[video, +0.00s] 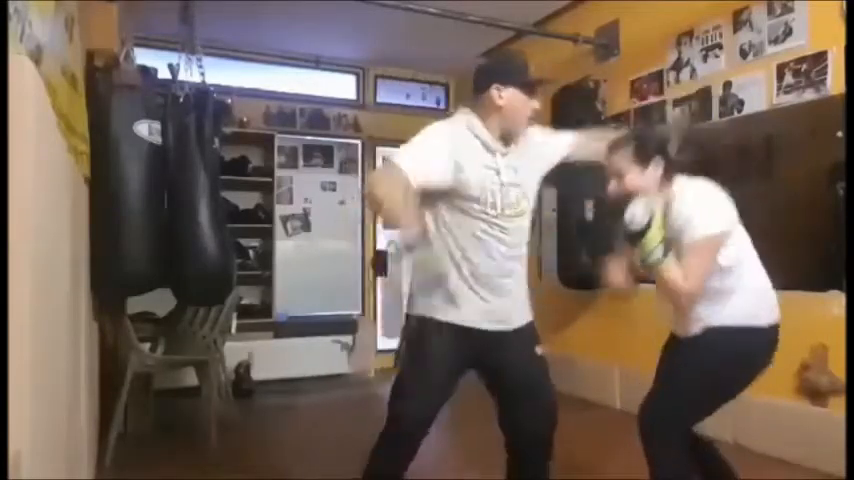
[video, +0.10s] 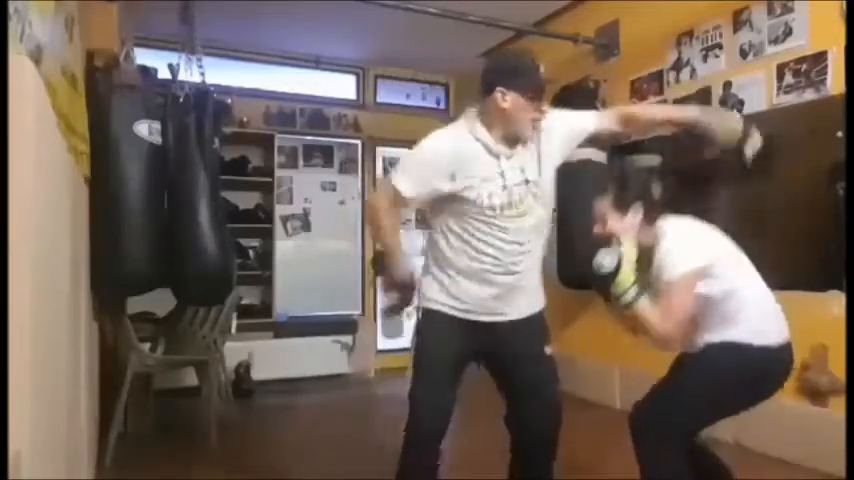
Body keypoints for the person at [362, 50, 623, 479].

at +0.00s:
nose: (536, 105)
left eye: (536, 95)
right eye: (529, 94)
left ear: (505, 96)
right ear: (498, 94)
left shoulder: (536, 143)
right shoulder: (447, 138)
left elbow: (593, 143)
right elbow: (385, 180)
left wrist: (646, 141)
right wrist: (405, 215)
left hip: (510, 321)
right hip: (442, 319)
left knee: (535, 425)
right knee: (405, 428)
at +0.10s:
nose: (543, 111)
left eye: (544, 101)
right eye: (533, 101)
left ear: (521, 99)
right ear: (499, 99)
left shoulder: (551, 130)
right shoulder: (447, 148)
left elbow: (624, 119)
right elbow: (381, 201)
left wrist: (700, 114)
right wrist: (395, 269)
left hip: (521, 318)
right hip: (448, 315)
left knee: (540, 423)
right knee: (424, 430)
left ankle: (531, 477)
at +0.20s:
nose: (532, 121)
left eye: (533, 111)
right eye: (523, 110)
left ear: (533, 108)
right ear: (490, 106)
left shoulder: (542, 138)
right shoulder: (442, 155)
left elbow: (606, 149)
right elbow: (413, 218)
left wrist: (621, 172)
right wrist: (459, 239)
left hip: (528, 317)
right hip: (456, 316)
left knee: (545, 418)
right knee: (444, 424)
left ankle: (535, 479)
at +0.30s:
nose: (519, 125)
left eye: (521, 113)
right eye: (507, 116)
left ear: (525, 111)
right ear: (474, 119)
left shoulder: (538, 144)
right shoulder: (441, 164)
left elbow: (568, 205)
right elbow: (430, 223)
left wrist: (520, 253)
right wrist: (476, 241)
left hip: (531, 321)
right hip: (460, 317)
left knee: (551, 429)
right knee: (442, 430)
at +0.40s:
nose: (516, 130)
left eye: (519, 118)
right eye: (503, 122)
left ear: (524, 113)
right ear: (474, 124)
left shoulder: (537, 149)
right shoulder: (447, 165)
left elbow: (541, 233)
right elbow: (438, 231)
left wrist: (477, 264)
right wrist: (503, 263)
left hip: (536, 329)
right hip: (467, 325)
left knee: (548, 446)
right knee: (445, 437)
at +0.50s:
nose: (518, 131)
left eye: (521, 119)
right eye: (506, 124)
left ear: (526, 113)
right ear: (475, 125)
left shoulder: (540, 151)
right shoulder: (450, 167)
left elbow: (539, 236)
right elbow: (448, 236)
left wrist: (472, 261)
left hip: (538, 328)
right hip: (468, 326)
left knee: (551, 443)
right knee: (448, 435)